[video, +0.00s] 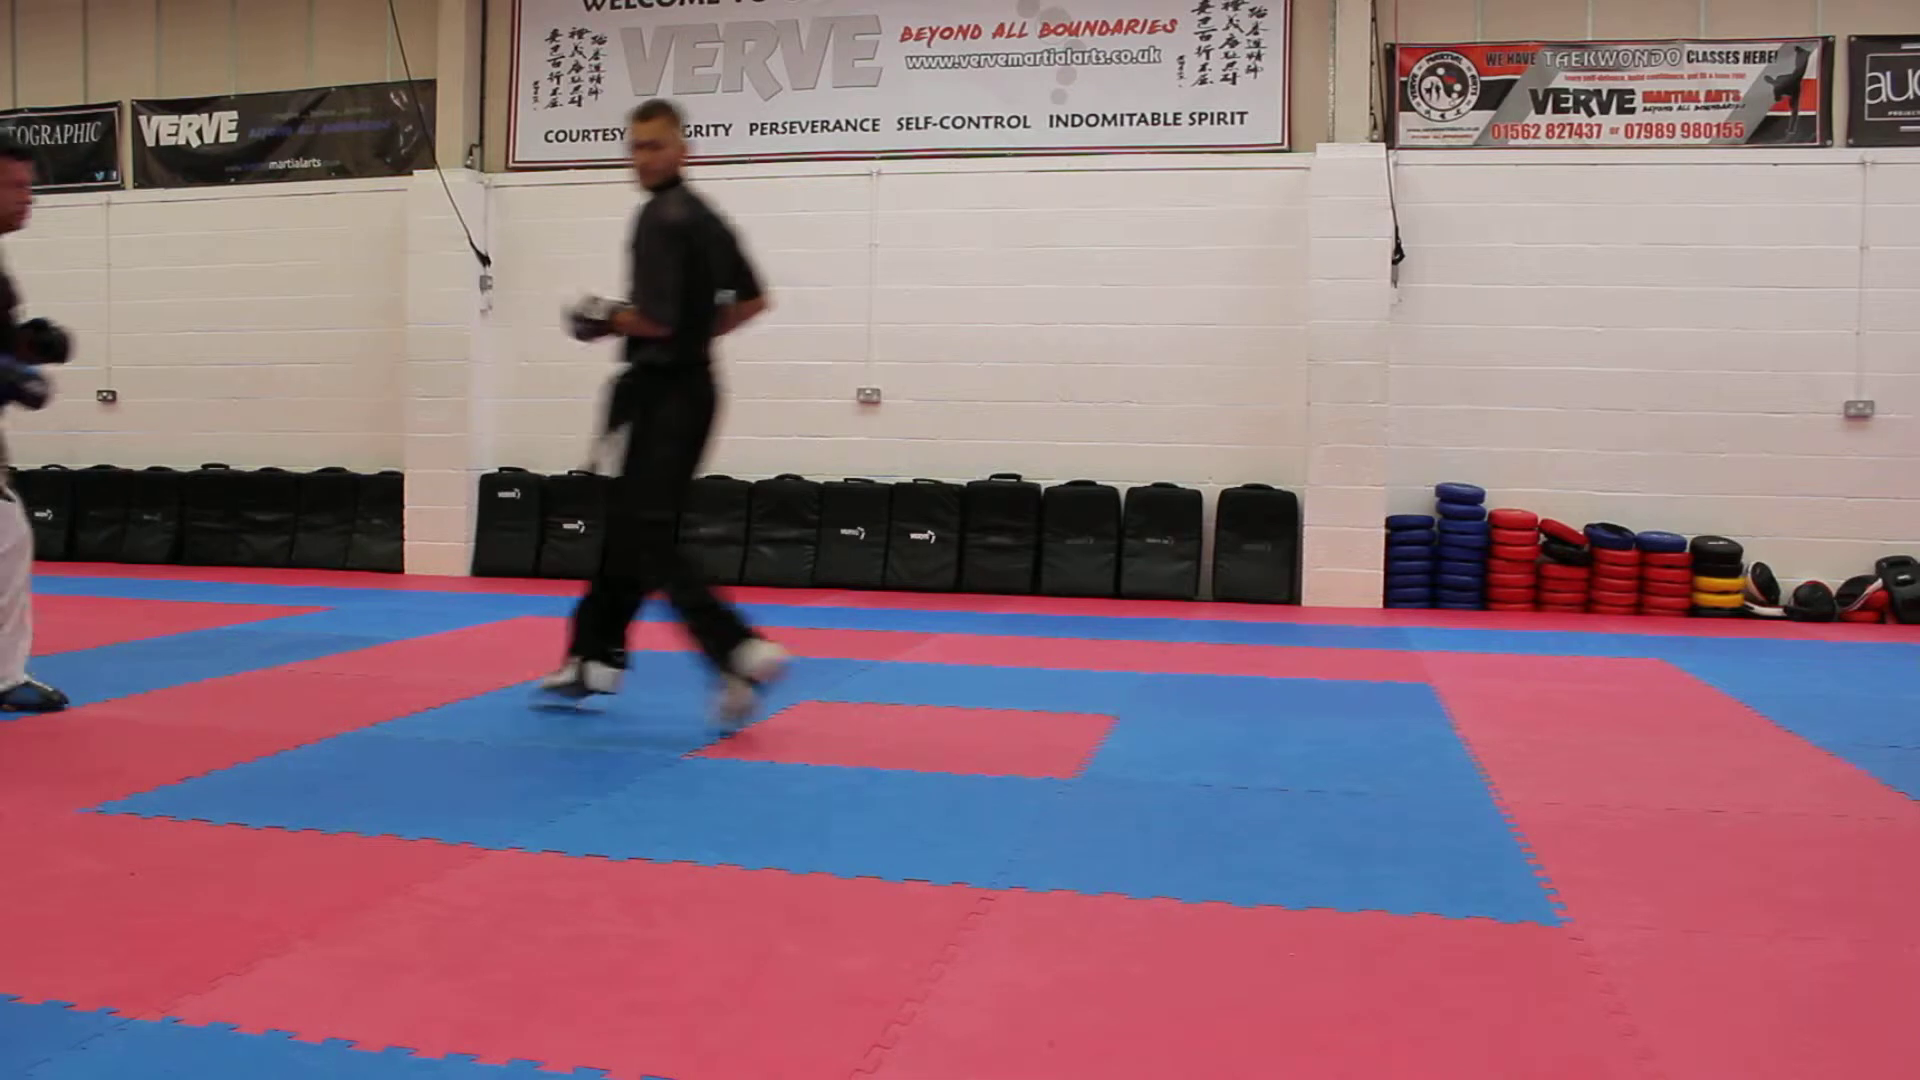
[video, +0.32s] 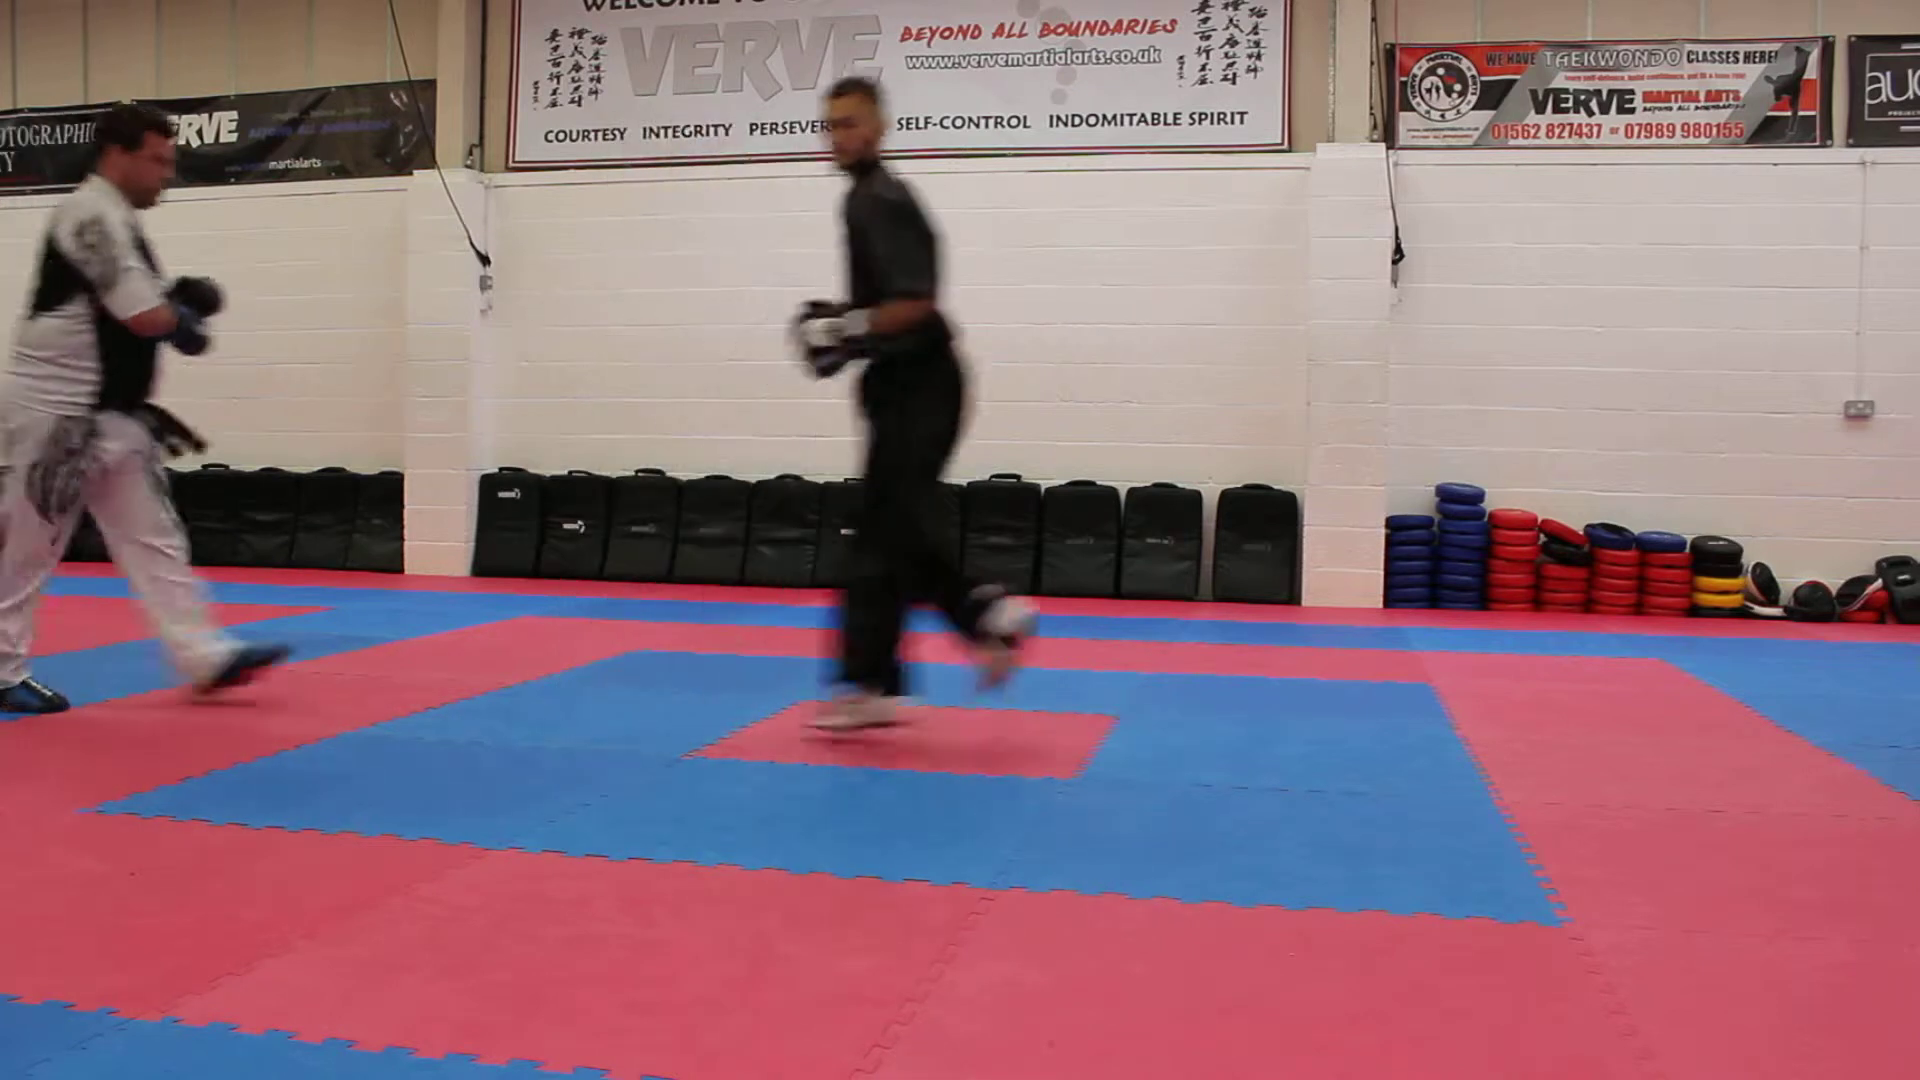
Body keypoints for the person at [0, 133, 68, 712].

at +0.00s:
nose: (25, 199)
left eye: (27, 188)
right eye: (16, 187)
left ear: (24, 191)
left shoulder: (3, 278)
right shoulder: (1, 277)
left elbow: (8, 342)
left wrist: (23, 356)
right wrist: (13, 370)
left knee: (14, 534)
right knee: (13, 534)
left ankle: (11, 671)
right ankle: (9, 672)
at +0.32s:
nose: (168, 173)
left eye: (170, 161)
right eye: (159, 159)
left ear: (128, 160)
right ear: (117, 155)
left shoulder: (119, 218)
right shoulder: (92, 213)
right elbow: (144, 316)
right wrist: (182, 308)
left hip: (105, 415)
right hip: (46, 414)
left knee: (153, 541)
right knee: (25, 552)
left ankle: (207, 660)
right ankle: (6, 673)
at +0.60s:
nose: (300, 166)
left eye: (304, 156)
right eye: (290, 153)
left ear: (299, 159)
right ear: (249, 149)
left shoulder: (293, 237)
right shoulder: (203, 212)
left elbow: (297, 322)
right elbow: (187, 302)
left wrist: (325, 334)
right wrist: (270, 333)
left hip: (261, 399)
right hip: (204, 396)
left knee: (273, 532)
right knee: (256, 527)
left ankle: (248, 672)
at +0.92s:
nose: (420, 162)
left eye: (422, 151)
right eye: (407, 150)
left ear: (422, 158)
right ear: (367, 156)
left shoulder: (441, 240)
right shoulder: (323, 234)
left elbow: (468, 327)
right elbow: (294, 327)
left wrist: (507, 358)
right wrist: (373, 338)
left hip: (426, 416)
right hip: (357, 418)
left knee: (486, 527)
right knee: (387, 549)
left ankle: (410, 626)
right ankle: (394, 678)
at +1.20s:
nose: (543, 196)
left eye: (543, 184)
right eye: (530, 184)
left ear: (532, 193)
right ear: (489, 193)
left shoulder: (566, 281)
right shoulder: (437, 275)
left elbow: (606, 363)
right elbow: (408, 364)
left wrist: (653, 374)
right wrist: (474, 378)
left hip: (558, 455)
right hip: (477, 459)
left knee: (621, 561)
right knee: (439, 569)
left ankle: (673, 679)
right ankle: (433, 688)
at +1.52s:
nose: (597, 188)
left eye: (597, 176)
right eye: (584, 176)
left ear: (587, 182)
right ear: (541, 183)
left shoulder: (616, 269)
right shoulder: (482, 258)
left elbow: (645, 354)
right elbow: (449, 348)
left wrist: (685, 369)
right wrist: (516, 361)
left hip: (592, 440)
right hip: (507, 442)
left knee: (647, 555)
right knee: (441, 556)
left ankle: (692, 680)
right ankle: (406, 670)